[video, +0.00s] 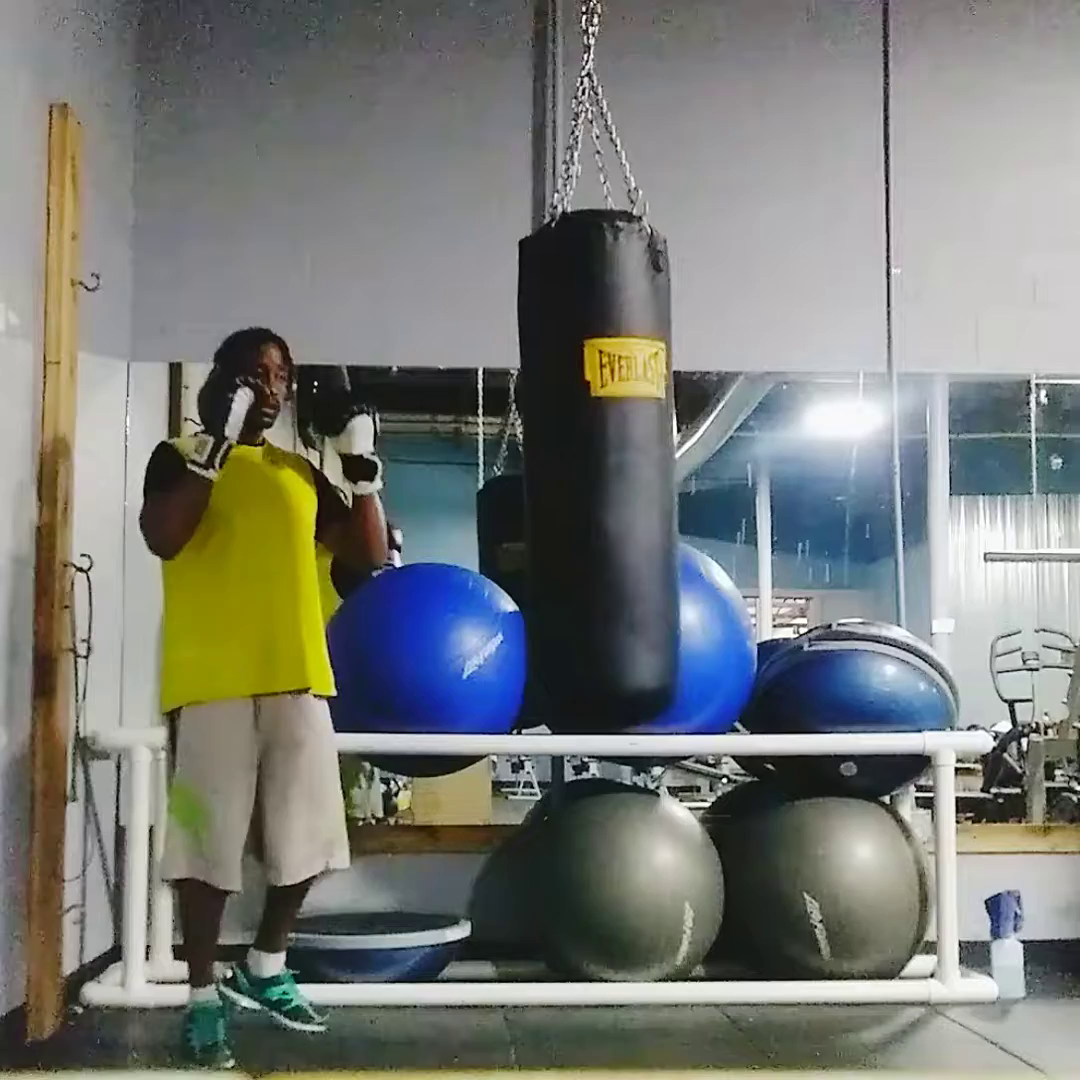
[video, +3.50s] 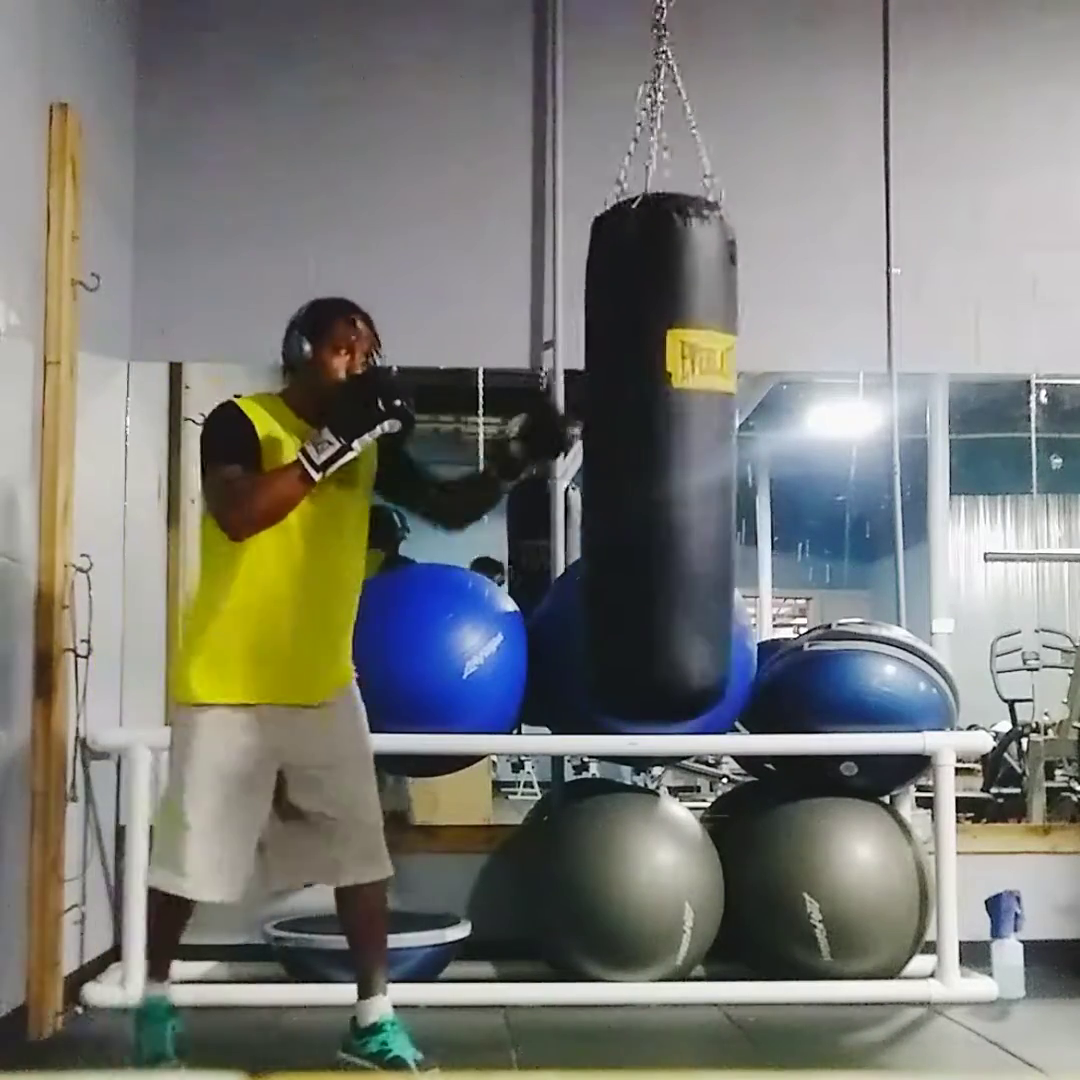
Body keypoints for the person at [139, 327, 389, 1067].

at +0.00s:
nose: (273, 382)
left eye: (282, 371)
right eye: (258, 369)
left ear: (290, 386)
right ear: (224, 380)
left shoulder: (302, 472)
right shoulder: (182, 457)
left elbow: (370, 557)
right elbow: (162, 539)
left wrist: (361, 473)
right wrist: (212, 445)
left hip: (294, 666)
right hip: (210, 668)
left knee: (305, 827)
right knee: (209, 838)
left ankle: (267, 970)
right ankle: (203, 1000)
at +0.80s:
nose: (328, 354)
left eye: (332, 345)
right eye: (316, 338)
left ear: (325, 362)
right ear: (269, 342)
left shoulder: (325, 454)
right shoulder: (204, 407)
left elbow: (347, 580)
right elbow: (156, 503)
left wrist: (349, 539)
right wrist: (275, 504)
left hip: (282, 679)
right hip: (185, 665)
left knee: (289, 856)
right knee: (147, 841)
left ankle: (279, 1027)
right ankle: (122, 1000)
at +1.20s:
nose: (249, 340)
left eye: (250, 328)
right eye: (237, 323)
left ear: (216, 338)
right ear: (188, 326)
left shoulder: (225, 438)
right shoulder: (127, 408)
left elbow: (228, 564)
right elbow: (173, 514)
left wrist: (283, 523)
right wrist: (277, 475)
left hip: (225, 687)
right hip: (132, 691)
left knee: (274, 843)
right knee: (80, 867)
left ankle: (273, 1020)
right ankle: (16, 1045)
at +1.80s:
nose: (260, 353)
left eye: (264, 339)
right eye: (251, 333)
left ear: (229, 339)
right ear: (204, 326)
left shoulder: (206, 427)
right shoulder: (132, 392)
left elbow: (220, 548)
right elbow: (202, 483)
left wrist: (277, 463)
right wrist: (286, 428)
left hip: (209, 677)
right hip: (116, 678)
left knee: (270, 848)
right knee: (65, 871)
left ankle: (286, 1026)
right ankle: (6, 1044)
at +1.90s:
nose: (279, 354)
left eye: (286, 342)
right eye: (270, 333)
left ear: (273, 353)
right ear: (219, 325)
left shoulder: (247, 424)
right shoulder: (147, 395)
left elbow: (329, 487)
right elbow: (195, 489)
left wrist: (392, 447)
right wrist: (282, 433)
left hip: (224, 675)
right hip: (130, 678)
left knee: (265, 850)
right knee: (70, 871)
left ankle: (281, 1033)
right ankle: (11, 1041)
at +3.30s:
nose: (334, 368)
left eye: (340, 356)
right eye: (322, 351)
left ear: (338, 367)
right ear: (278, 354)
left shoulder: (330, 445)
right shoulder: (209, 422)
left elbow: (351, 558)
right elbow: (233, 512)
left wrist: (385, 502)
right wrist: (324, 434)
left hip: (297, 686)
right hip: (197, 687)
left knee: (351, 845)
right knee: (134, 856)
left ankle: (372, 1017)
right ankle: (77, 1018)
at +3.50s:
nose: (357, 365)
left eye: (367, 355)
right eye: (342, 348)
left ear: (370, 368)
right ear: (299, 351)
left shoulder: (367, 442)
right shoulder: (239, 421)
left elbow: (451, 508)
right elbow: (239, 514)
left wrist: (516, 458)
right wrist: (337, 439)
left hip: (322, 682)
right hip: (225, 679)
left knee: (362, 850)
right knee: (186, 857)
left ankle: (374, 1017)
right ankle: (152, 1006)